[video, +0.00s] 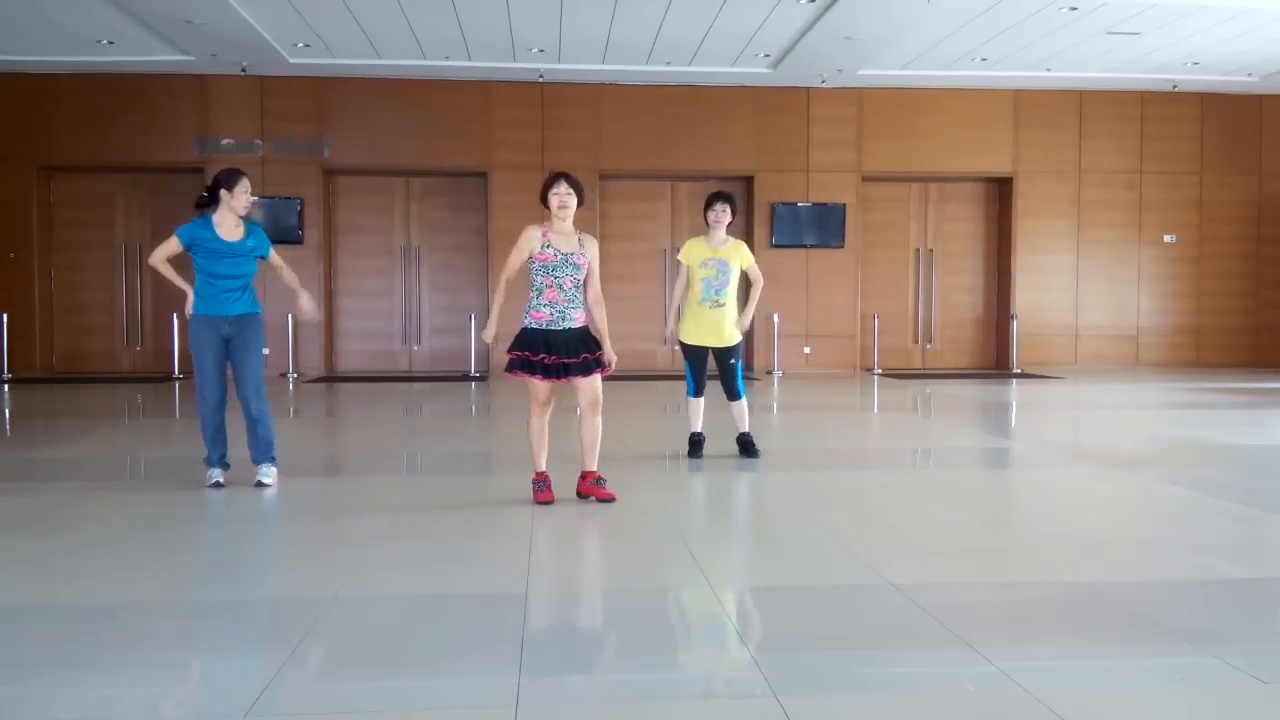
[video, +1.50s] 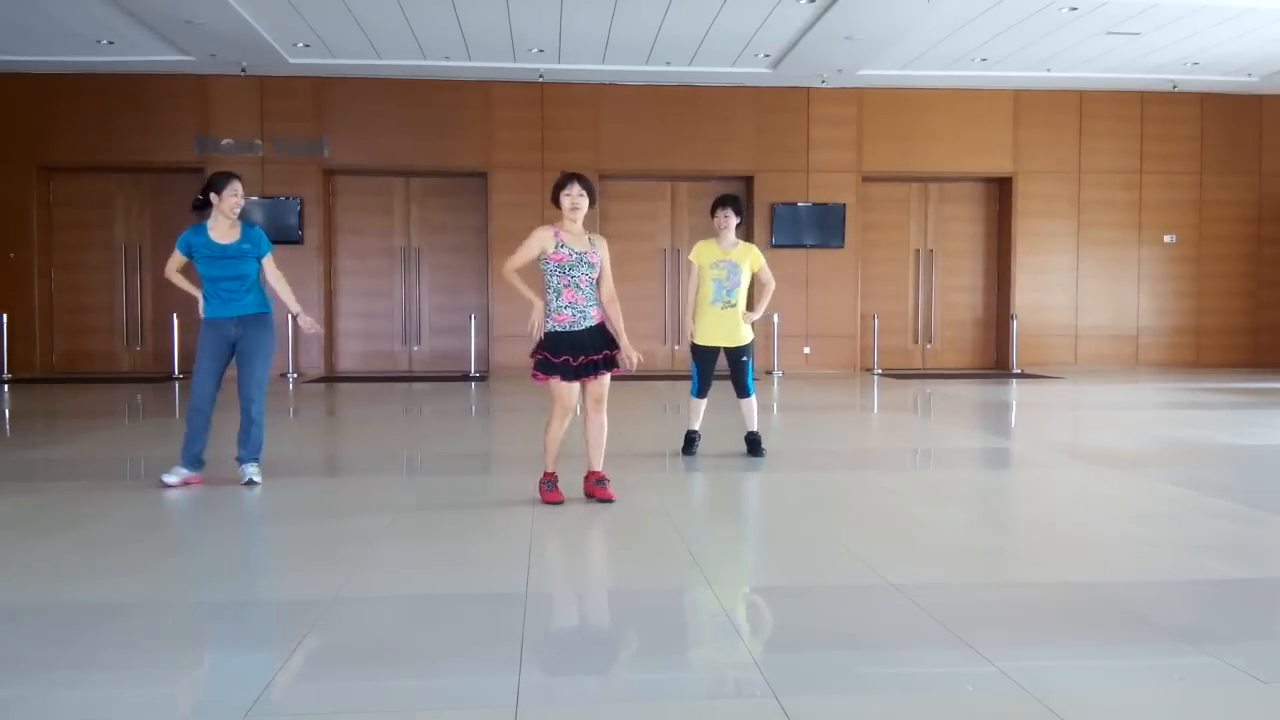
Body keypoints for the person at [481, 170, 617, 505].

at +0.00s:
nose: (562, 199)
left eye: (568, 194)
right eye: (556, 194)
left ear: (578, 200)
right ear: (546, 200)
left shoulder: (588, 244)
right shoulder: (533, 236)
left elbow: (595, 298)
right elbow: (504, 278)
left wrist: (606, 343)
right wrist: (493, 323)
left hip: (578, 334)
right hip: (540, 334)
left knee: (593, 401)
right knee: (541, 403)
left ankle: (590, 476)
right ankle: (541, 476)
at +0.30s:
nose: (565, 205)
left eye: (571, 199)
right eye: (558, 200)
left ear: (581, 205)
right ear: (549, 206)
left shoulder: (597, 246)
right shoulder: (538, 244)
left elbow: (603, 300)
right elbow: (522, 295)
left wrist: (606, 344)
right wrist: (494, 327)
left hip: (577, 338)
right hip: (537, 335)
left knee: (588, 411)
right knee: (539, 403)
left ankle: (600, 475)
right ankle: (540, 476)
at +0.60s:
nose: (575, 200)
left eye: (582, 195)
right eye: (569, 195)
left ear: (593, 200)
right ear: (561, 202)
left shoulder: (609, 239)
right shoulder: (550, 241)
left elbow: (619, 292)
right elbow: (544, 292)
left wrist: (620, 338)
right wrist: (523, 331)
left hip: (596, 334)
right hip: (555, 333)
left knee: (594, 408)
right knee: (553, 403)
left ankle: (603, 476)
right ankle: (548, 476)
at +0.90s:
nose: (583, 200)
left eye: (589, 195)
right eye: (577, 195)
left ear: (600, 201)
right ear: (568, 201)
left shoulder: (617, 238)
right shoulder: (557, 241)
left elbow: (629, 290)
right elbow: (555, 293)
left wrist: (634, 337)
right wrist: (545, 340)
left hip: (609, 334)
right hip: (567, 334)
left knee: (606, 405)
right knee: (562, 405)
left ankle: (605, 476)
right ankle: (559, 475)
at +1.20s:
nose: (583, 205)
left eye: (589, 199)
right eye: (577, 199)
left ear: (598, 205)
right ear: (567, 205)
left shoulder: (611, 246)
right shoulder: (552, 243)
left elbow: (623, 295)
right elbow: (542, 294)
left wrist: (636, 342)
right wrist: (547, 341)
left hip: (611, 336)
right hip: (571, 339)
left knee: (607, 407)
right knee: (576, 411)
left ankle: (605, 476)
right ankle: (550, 475)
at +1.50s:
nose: (575, 200)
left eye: (581, 195)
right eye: (568, 195)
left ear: (590, 201)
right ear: (558, 201)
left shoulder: (598, 243)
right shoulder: (545, 237)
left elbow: (609, 297)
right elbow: (508, 269)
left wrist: (624, 343)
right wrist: (536, 301)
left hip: (596, 333)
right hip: (559, 335)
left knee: (598, 405)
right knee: (565, 406)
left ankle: (596, 476)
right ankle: (549, 477)